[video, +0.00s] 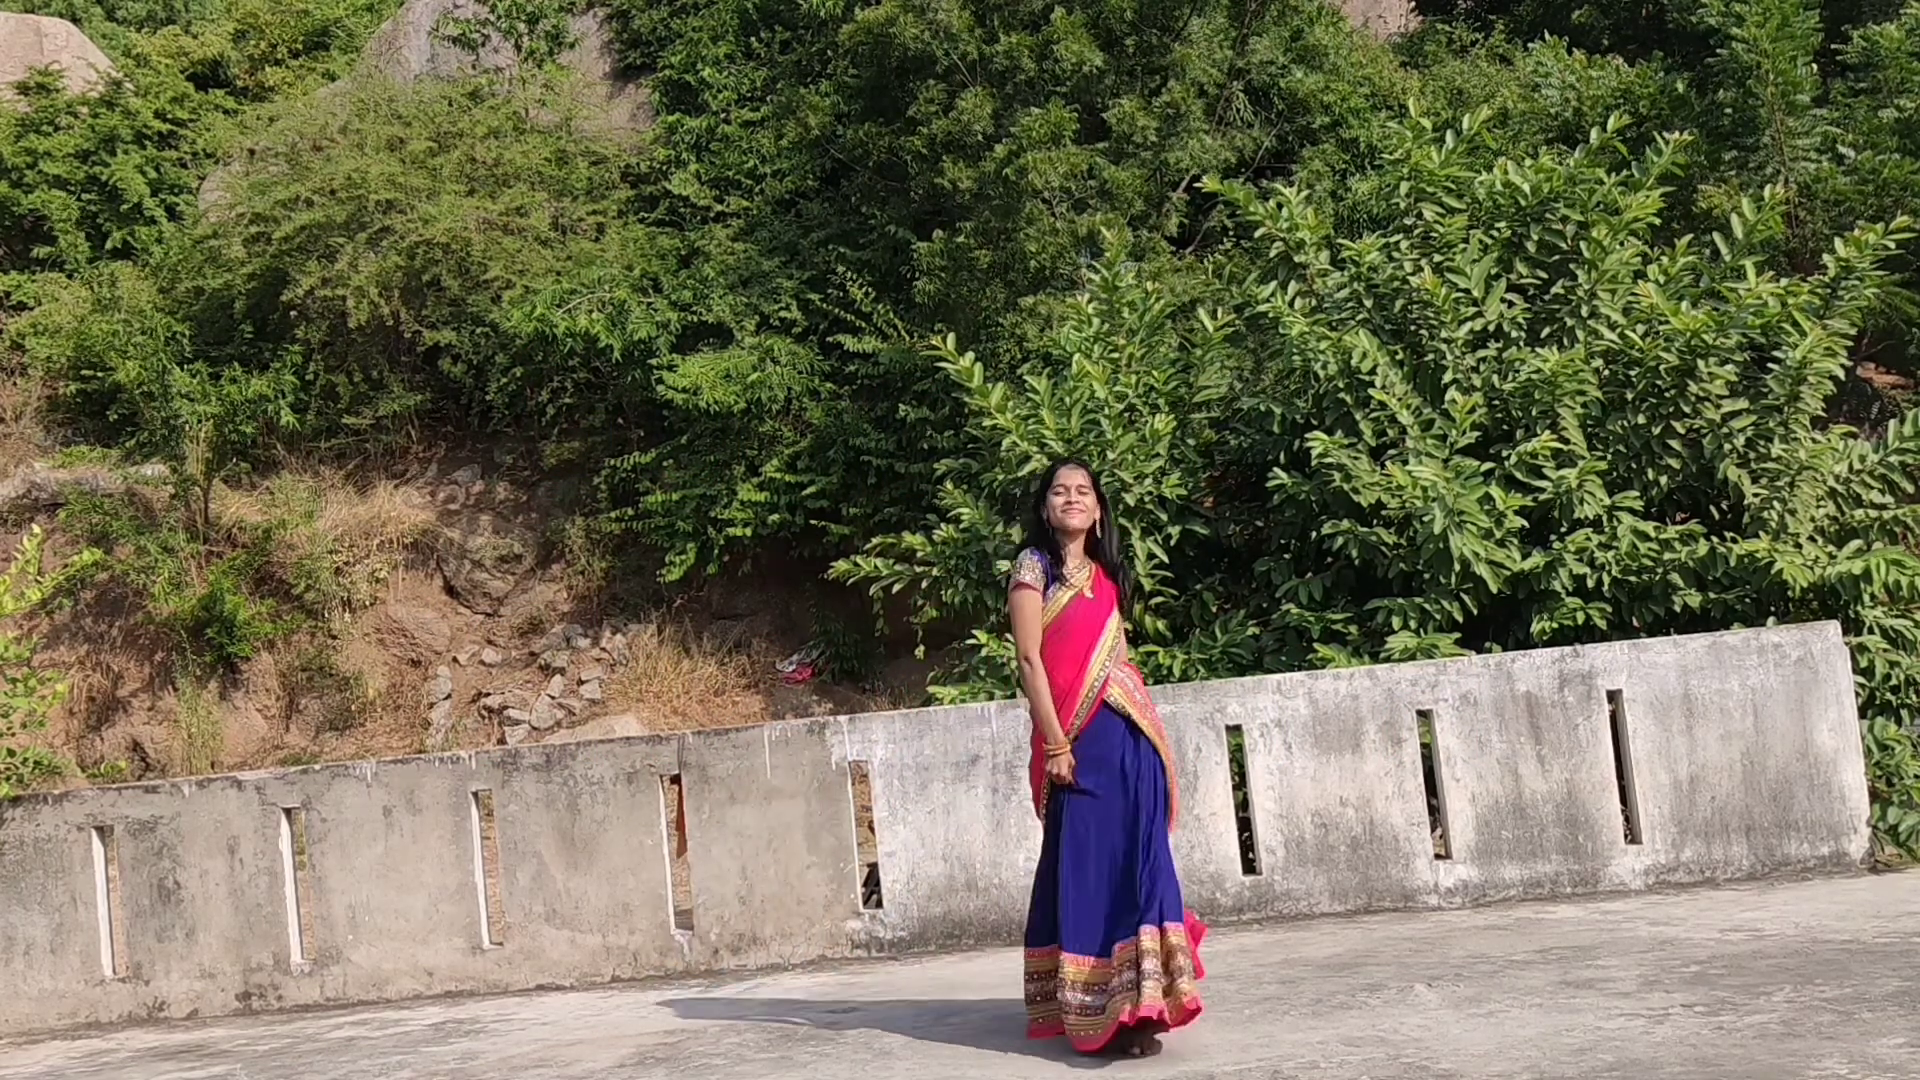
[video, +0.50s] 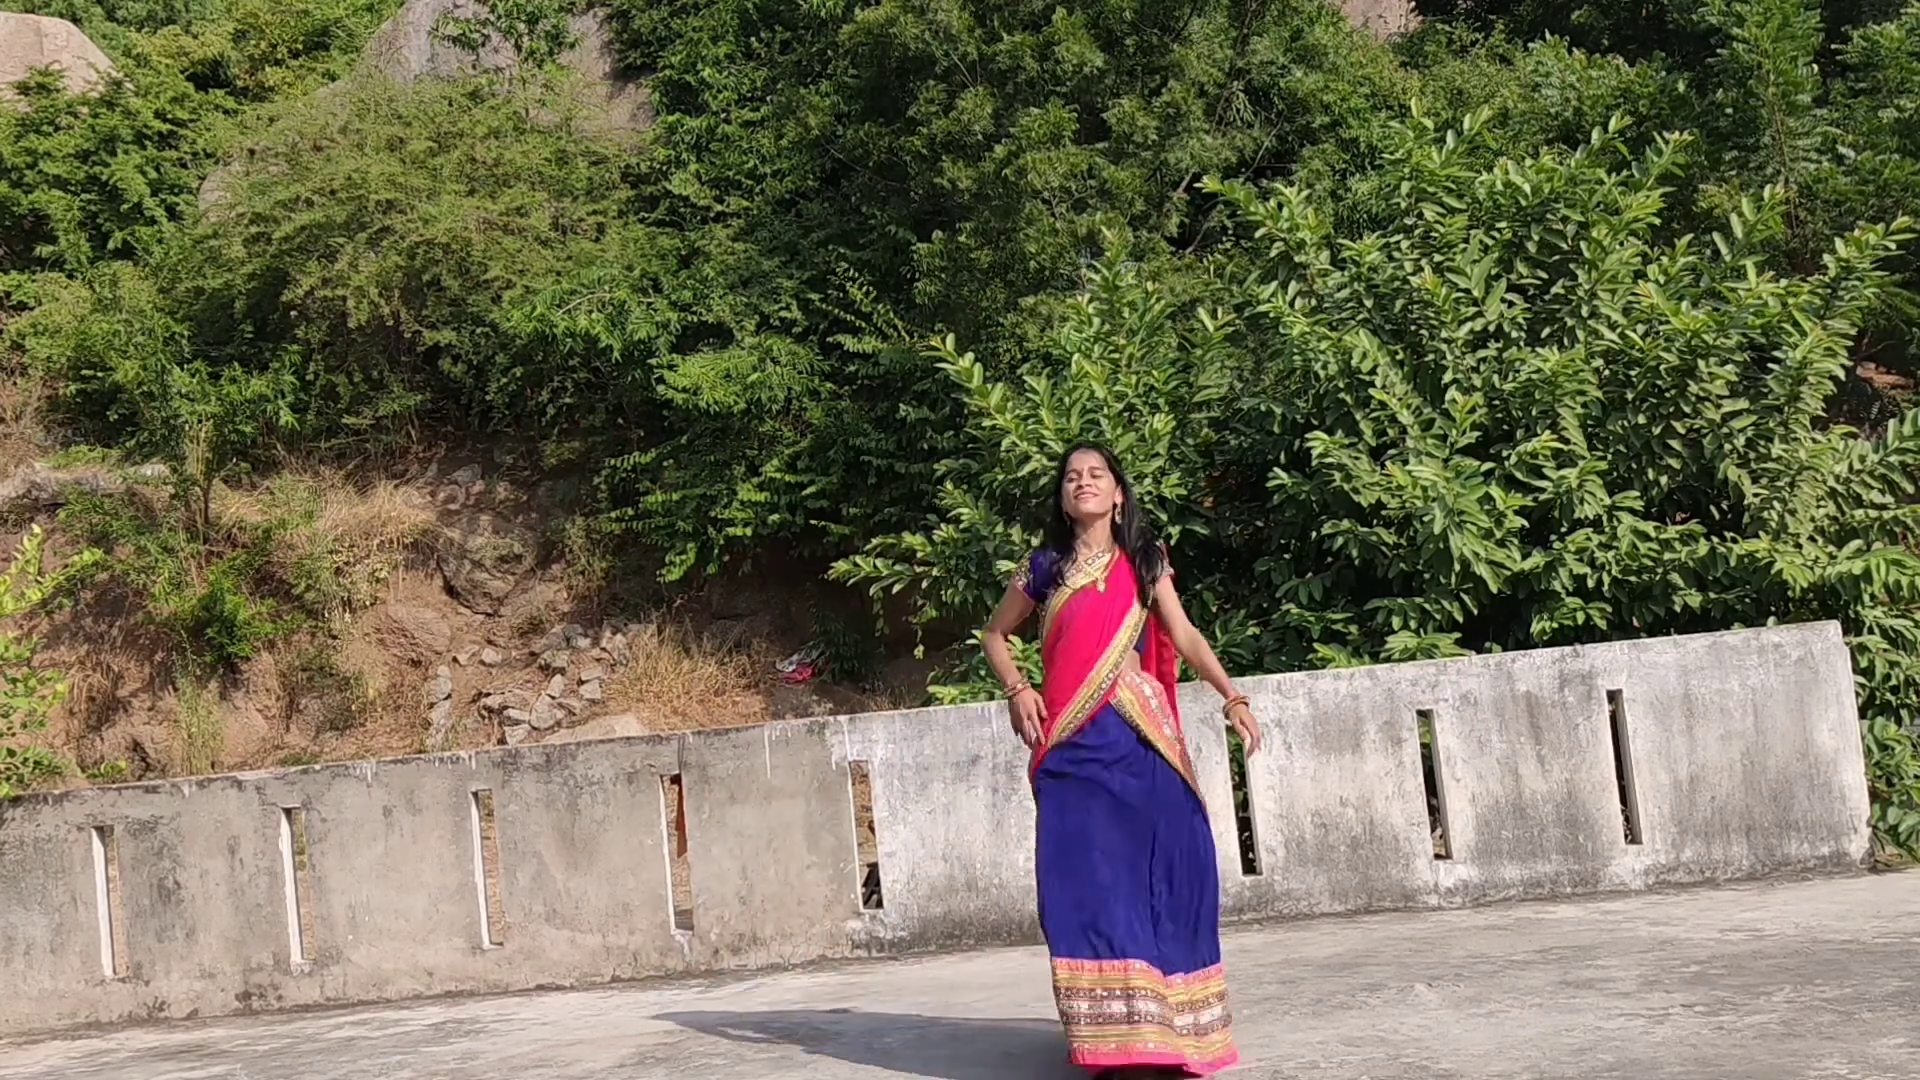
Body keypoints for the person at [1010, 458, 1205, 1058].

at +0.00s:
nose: (1072, 500)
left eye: (1082, 491)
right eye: (1061, 492)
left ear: (1099, 506)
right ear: (1044, 507)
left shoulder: (1103, 576)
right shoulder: (1034, 568)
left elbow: (1122, 662)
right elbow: (1029, 661)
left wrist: (1158, 745)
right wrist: (1055, 742)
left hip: (1134, 732)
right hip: (1083, 738)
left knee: (1141, 865)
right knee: (1091, 870)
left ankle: (1141, 1006)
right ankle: (1101, 1012)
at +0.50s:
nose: (1084, 483)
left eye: (1096, 475)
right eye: (1073, 477)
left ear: (1120, 493)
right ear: (1061, 497)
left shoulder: (1143, 560)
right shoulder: (1044, 567)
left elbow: (1185, 635)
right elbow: (994, 635)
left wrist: (1232, 697)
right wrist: (1016, 690)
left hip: (1143, 746)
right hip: (1071, 751)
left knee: (1161, 881)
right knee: (1088, 888)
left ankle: (1169, 1031)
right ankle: (1109, 1037)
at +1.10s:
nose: (1120, 506)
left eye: (1132, 493)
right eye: (1116, 495)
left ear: (1169, 491)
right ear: (1123, 501)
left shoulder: (1207, 528)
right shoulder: (1141, 568)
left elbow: (1172, 587)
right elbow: (1060, 618)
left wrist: (1090, 611)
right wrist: (962, 629)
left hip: (1209, 721)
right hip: (1151, 726)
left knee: (1225, 873)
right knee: (1143, 877)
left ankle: (1253, 1040)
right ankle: (1147, 1045)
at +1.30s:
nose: (1141, 513)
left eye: (1151, 499)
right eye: (1137, 501)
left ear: (1190, 494)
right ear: (1147, 504)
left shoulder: (1222, 526)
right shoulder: (1164, 571)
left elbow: (1150, 561)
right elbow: (1086, 630)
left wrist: (1055, 575)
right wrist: (988, 624)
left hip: (1225, 717)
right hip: (1169, 724)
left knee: (1236, 872)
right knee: (1151, 876)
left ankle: (1275, 1042)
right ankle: (1158, 1044)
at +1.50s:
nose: (1149, 511)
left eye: (1157, 498)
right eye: (1145, 502)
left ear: (1199, 492)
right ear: (1152, 505)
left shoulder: (1231, 526)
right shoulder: (1167, 570)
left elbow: (1181, 543)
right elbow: (1121, 647)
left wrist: (1095, 544)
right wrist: (1066, 589)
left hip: (1235, 717)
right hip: (1173, 723)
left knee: (1246, 871)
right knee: (1162, 875)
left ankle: (1274, 1040)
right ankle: (1178, 1043)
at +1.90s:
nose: (1147, 497)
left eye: (1161, 485)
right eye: (1143, 485)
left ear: (1199, 490)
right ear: (1143, 494)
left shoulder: (1243, 558)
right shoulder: (1137, 575)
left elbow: (1316, 623)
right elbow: (1109, 670)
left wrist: (1281, 588)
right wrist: (1132, 628)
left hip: (1245, 732)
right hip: (1173, 737)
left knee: (1256, 877)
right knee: (1159, 880)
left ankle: (1269, 1039)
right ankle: (1172, 1045)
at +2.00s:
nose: (1150, 495)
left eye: (1164, 484)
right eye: (1146, 483)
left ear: (1201, 491)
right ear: (1143, 492)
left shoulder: (1238, 560)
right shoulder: (1122, 568)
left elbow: (1288, 638)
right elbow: (1080, 653)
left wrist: (1306, 642)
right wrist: (1127, 654)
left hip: (1243, 733)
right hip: (1170, 737)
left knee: (1251, 877)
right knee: (1169, 880)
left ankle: (1261, 1040)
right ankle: (1179, 1045)